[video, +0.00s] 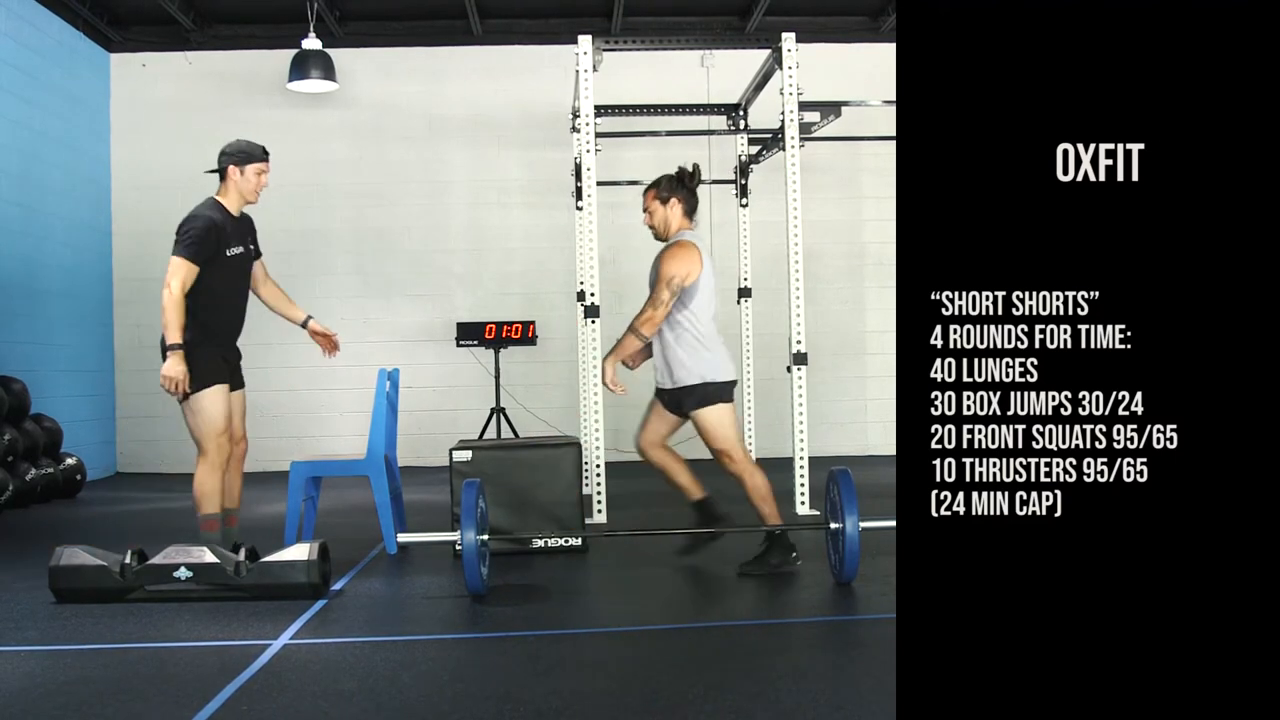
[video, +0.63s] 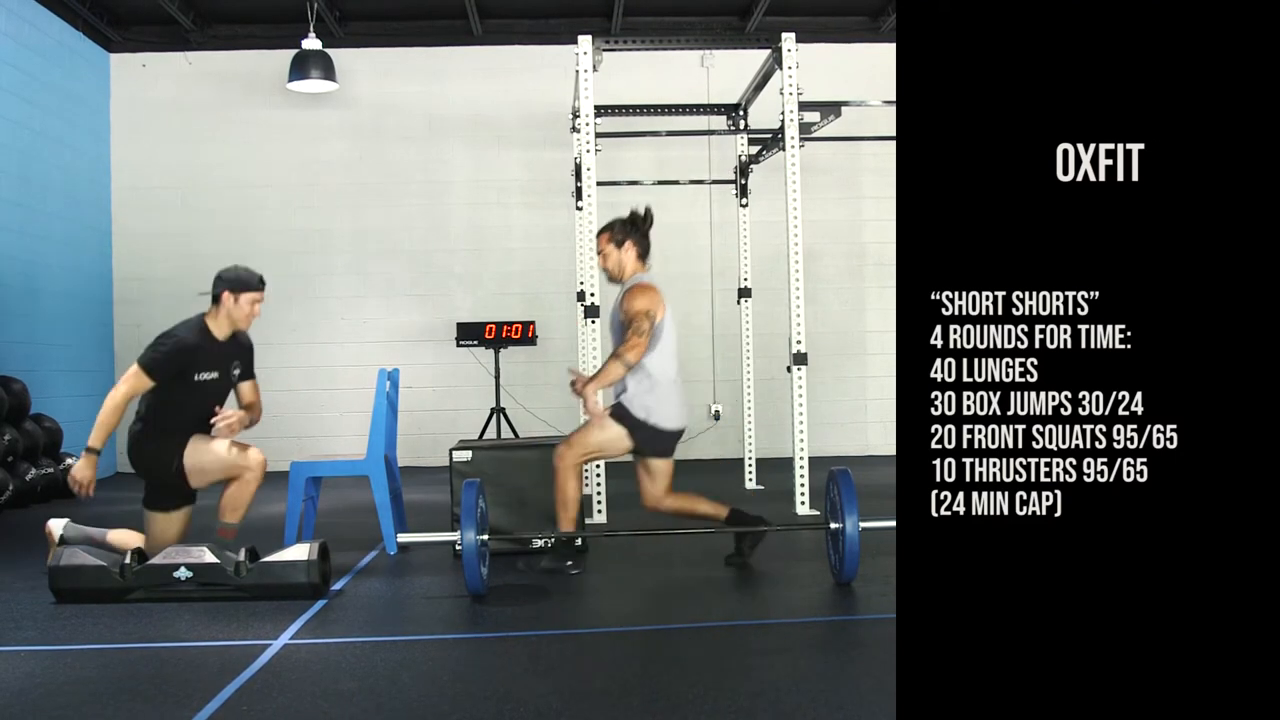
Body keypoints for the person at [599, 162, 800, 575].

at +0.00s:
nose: (645, 219)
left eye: (649, 210)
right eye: (644, 211)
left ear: (672, 206)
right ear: (675, 208)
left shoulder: (677, 254)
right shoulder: (684, 253)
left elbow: (654, 313)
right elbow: (673, 323)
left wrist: (613, 358)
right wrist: (640, 351)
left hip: (702, 378)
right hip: (680, 378)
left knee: (735, 458)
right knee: (649, 443)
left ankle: (779, 540)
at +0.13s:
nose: (649, 222)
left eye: (653, 213)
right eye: (648, 215)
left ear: (676, 209)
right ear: (677, 211)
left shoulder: (686, 256)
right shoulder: (681, 257)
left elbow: (665, 317)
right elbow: (666, 325)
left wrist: (621, 358)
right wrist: (629, 351)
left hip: (704, 378)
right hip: (690, 380)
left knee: (724, 459)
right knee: (699, 458)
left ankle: (778, 541)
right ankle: (763, 530)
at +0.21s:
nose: (648, 223)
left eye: (652, 214)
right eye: (647, 215)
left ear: (675, 209)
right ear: (677, 212)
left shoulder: (684, 257)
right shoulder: (693, 255)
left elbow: (670, 316)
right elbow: (678, 322)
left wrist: (630, 358)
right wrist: (635, 344)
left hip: (698, 380)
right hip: (713, 377)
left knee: (688, 465)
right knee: (715, 458)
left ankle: (761, 529)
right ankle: (766, 531)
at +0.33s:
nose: (640, 224)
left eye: (644, 215)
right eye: (639, 216)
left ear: (668, 210)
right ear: (669, 212)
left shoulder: (680, 255)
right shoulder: (682, 253)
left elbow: (671, 315)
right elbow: (669, 320)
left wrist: (634, 355)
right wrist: (629, 344)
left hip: (687, 377)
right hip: (704, 376)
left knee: (639, 445)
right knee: (710, 454)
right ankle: (766, 528)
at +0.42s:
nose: (629, 225)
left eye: (633, 216)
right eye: (629, 218)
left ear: (658, 212)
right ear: (660, 213)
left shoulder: (671, 256)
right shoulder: (674, 254)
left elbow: (666, 314)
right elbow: (661, 320)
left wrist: (630, 356)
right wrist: (620, 346)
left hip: (679, 378)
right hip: (697, 378)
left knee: (618, 438)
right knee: (702, 457)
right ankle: (763, 525)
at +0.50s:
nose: (618, 233)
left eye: (621, 224)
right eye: (617, 226)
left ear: (645, 219)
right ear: (647, 221)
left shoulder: (660, 264)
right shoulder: (661, 263)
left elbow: (656, 321)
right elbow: (651, 329)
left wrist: (619, 362)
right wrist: (610, 355)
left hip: (665, 386)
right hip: (685, 388)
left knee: (605, 444)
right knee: (686, 467)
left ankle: (588, 539)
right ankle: (757, 524)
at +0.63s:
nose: (600, 262)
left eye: (603, 253)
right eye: (599, 255)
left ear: (627, 251)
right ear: (629, 252)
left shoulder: (639, 294)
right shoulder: (642, 294)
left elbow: (633, 349)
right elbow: (631, 356)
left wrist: (592, 386)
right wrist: (592, 380)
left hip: (644, 413)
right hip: (662, 416)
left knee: (567, 455)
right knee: (656, 497)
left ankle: (567, 547)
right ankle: (744, 522)